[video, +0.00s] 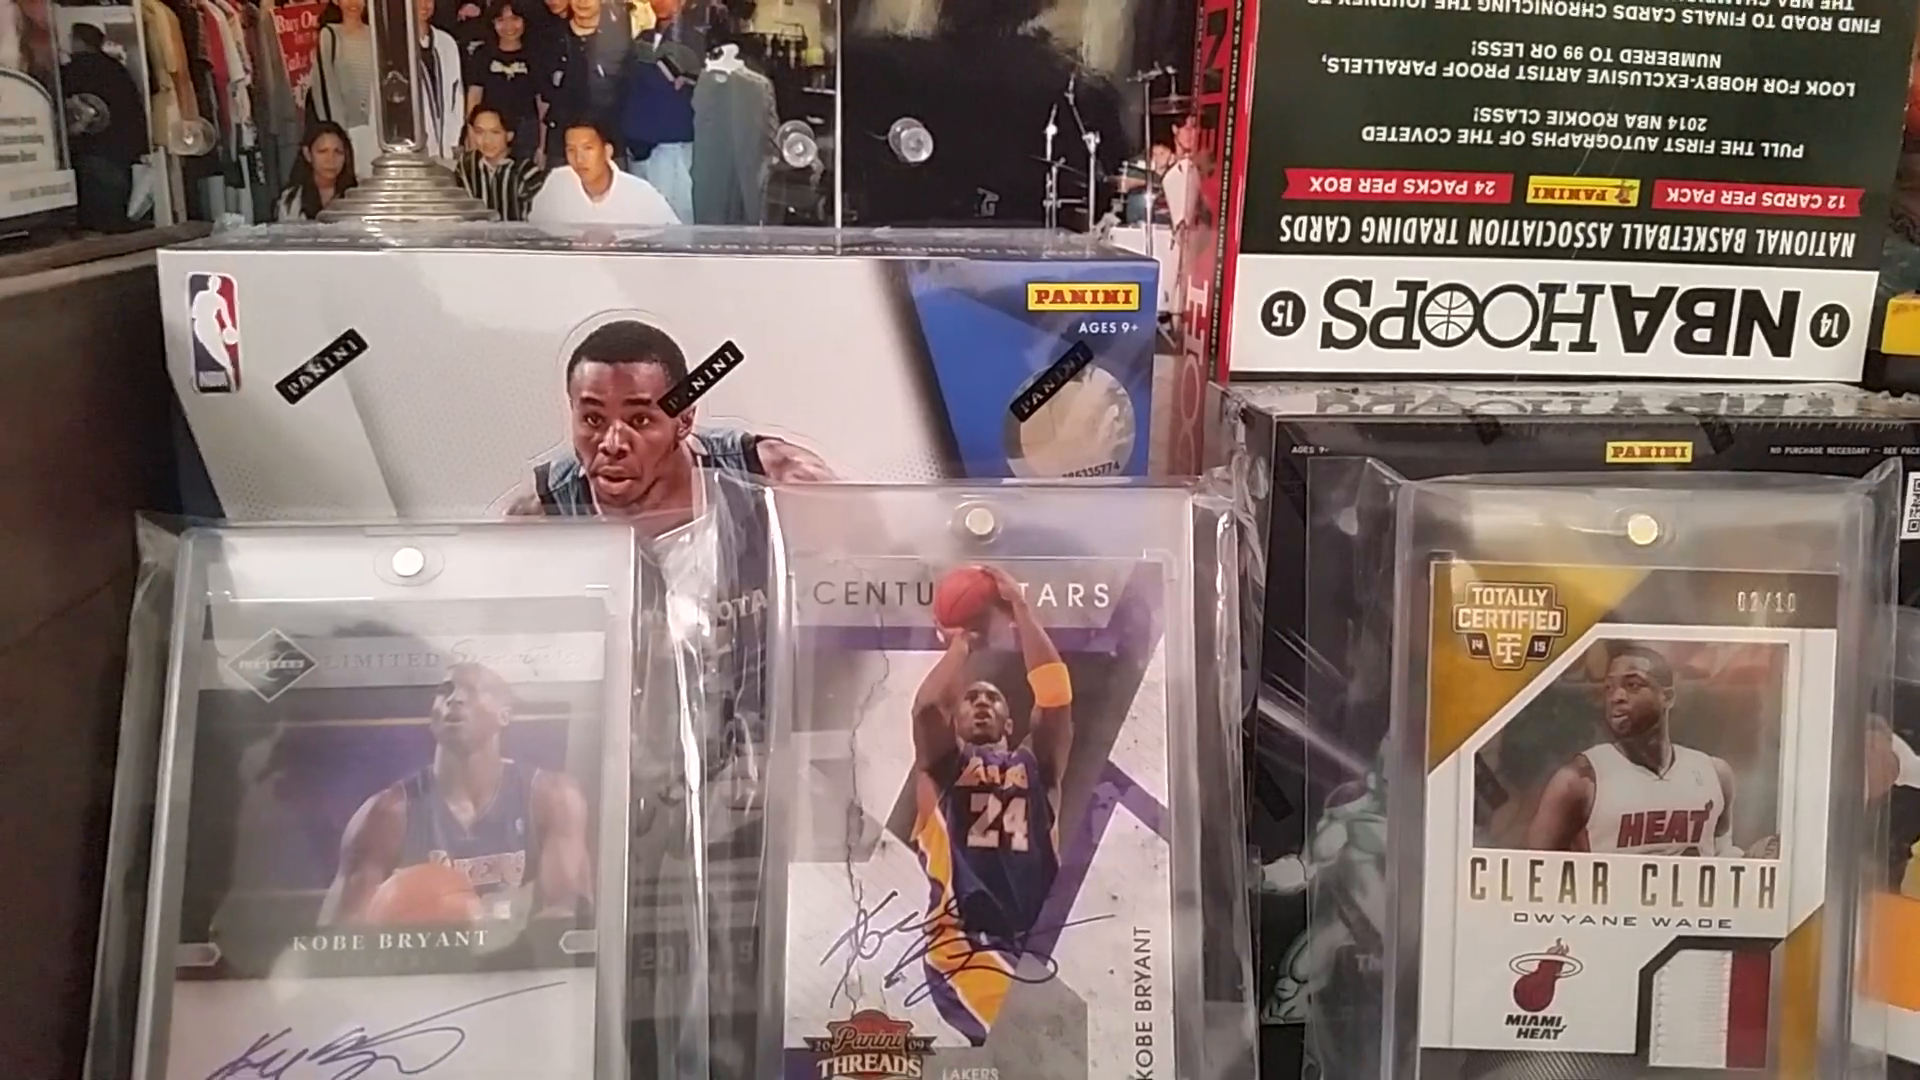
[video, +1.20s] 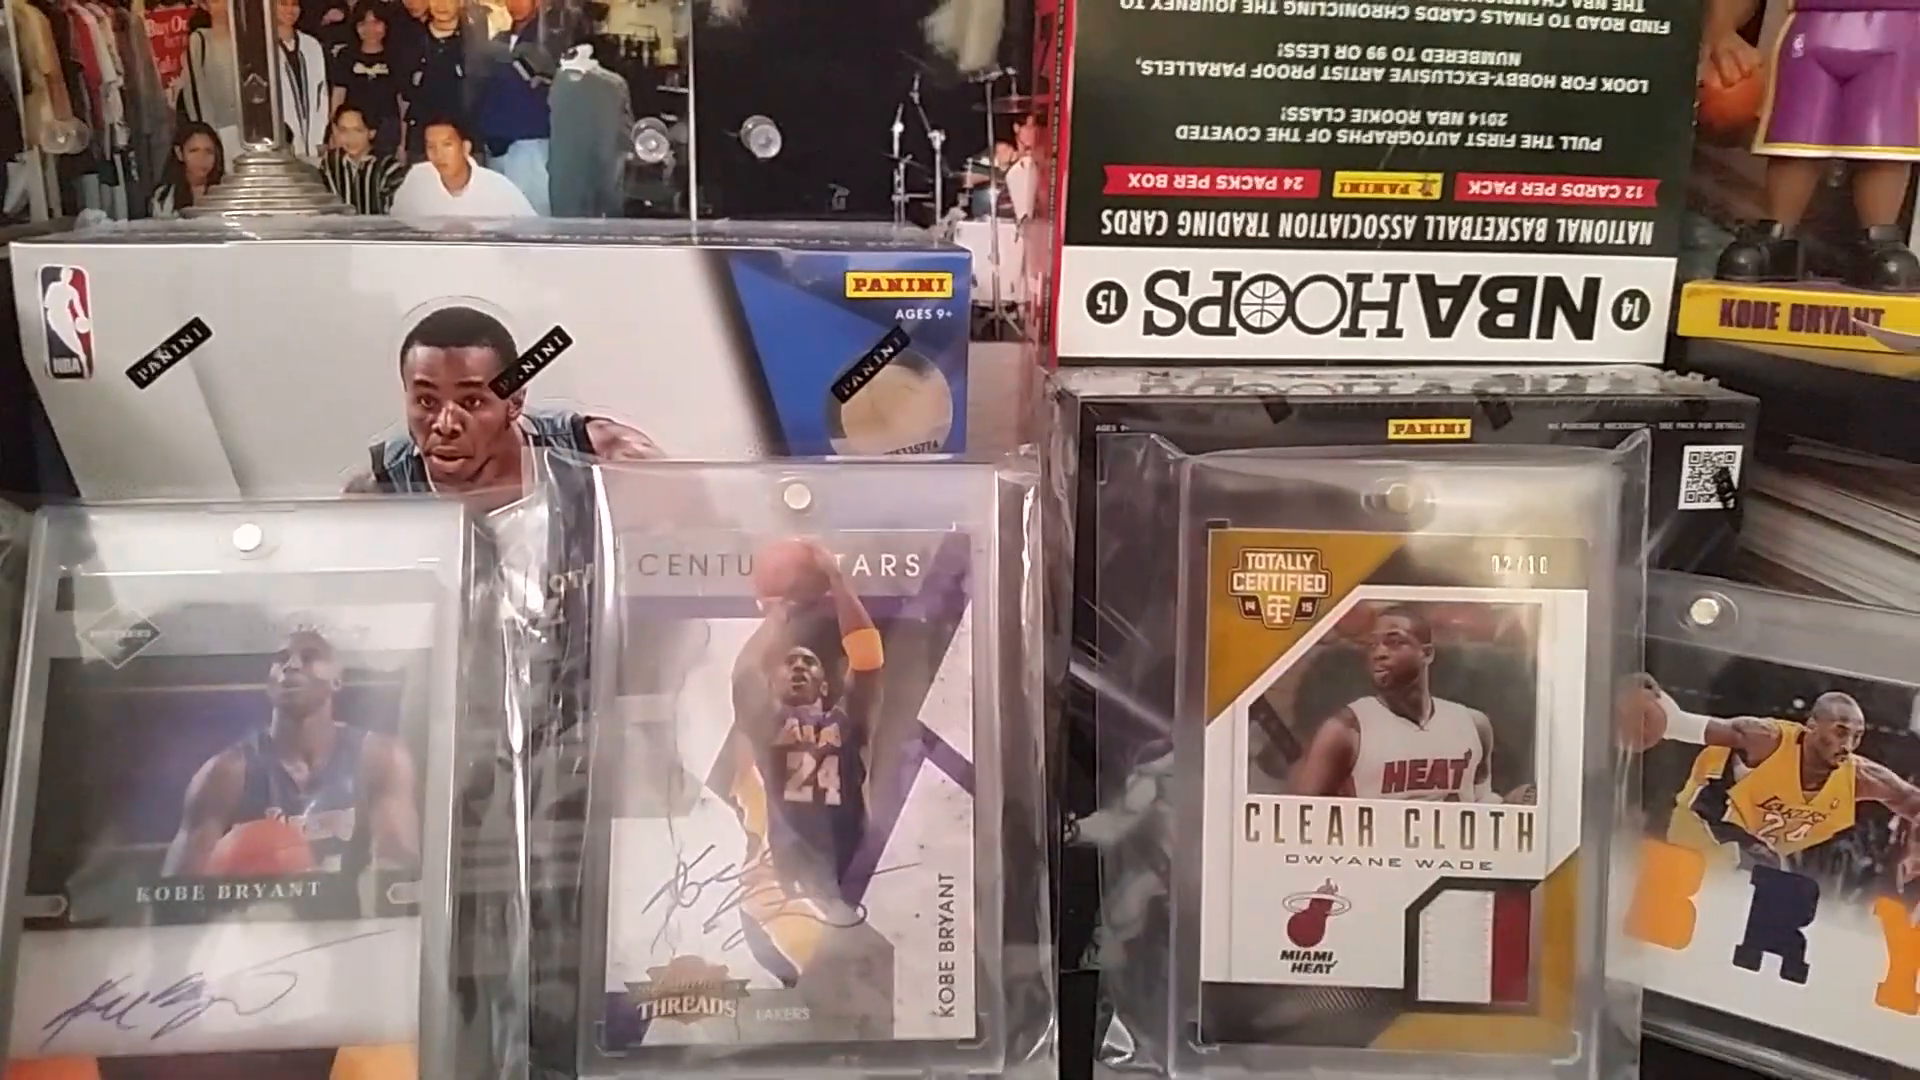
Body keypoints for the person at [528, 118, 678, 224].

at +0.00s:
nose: (579, 160)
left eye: (588, 149)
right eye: (571, 151)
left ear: (607, 151)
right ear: (565, 154)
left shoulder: (640, 192)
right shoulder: (557, 182)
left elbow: (678, 240)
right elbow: (532, 231)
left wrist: (619, 243)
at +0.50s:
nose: (573, 159)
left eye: (583, 149)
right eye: (567, 151)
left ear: (602, 153)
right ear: (561, 156)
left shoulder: (633, 193)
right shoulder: (553, 183)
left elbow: (669, 239)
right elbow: (528, 232)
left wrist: (614, 244)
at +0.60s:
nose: (538, 156)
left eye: (547, 147)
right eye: (534, 148)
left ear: (570, 150)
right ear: (529, 152)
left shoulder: (603, 189)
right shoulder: (519, 181)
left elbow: (634, 238)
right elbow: (495, 231)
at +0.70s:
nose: (506, 156)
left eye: (514, 147)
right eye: (500, 148)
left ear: (534, 148)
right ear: (494, 152)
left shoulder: (565, 189)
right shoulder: (484, 180)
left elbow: (601, 234)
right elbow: (460, 227)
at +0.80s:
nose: (475, 154)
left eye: (483, 145)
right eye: (468, 146)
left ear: (503, 148)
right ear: (463, 149)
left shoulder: (535, 186)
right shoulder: (454, 178)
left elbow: (572, 233)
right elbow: (430, 226)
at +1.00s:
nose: (462, 154)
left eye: (471, 144)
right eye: (455, 146)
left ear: (490, 147)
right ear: (449, 150)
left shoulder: (522, 186)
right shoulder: (442, 177)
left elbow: (559, 233)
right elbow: (418, 226)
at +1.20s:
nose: (439, 155)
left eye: (447, 145)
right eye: (431, 147)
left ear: (466, 148)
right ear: (426, 152)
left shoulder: (497, 186)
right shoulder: (417, 178)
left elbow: (534, 231)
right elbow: (394, 227)